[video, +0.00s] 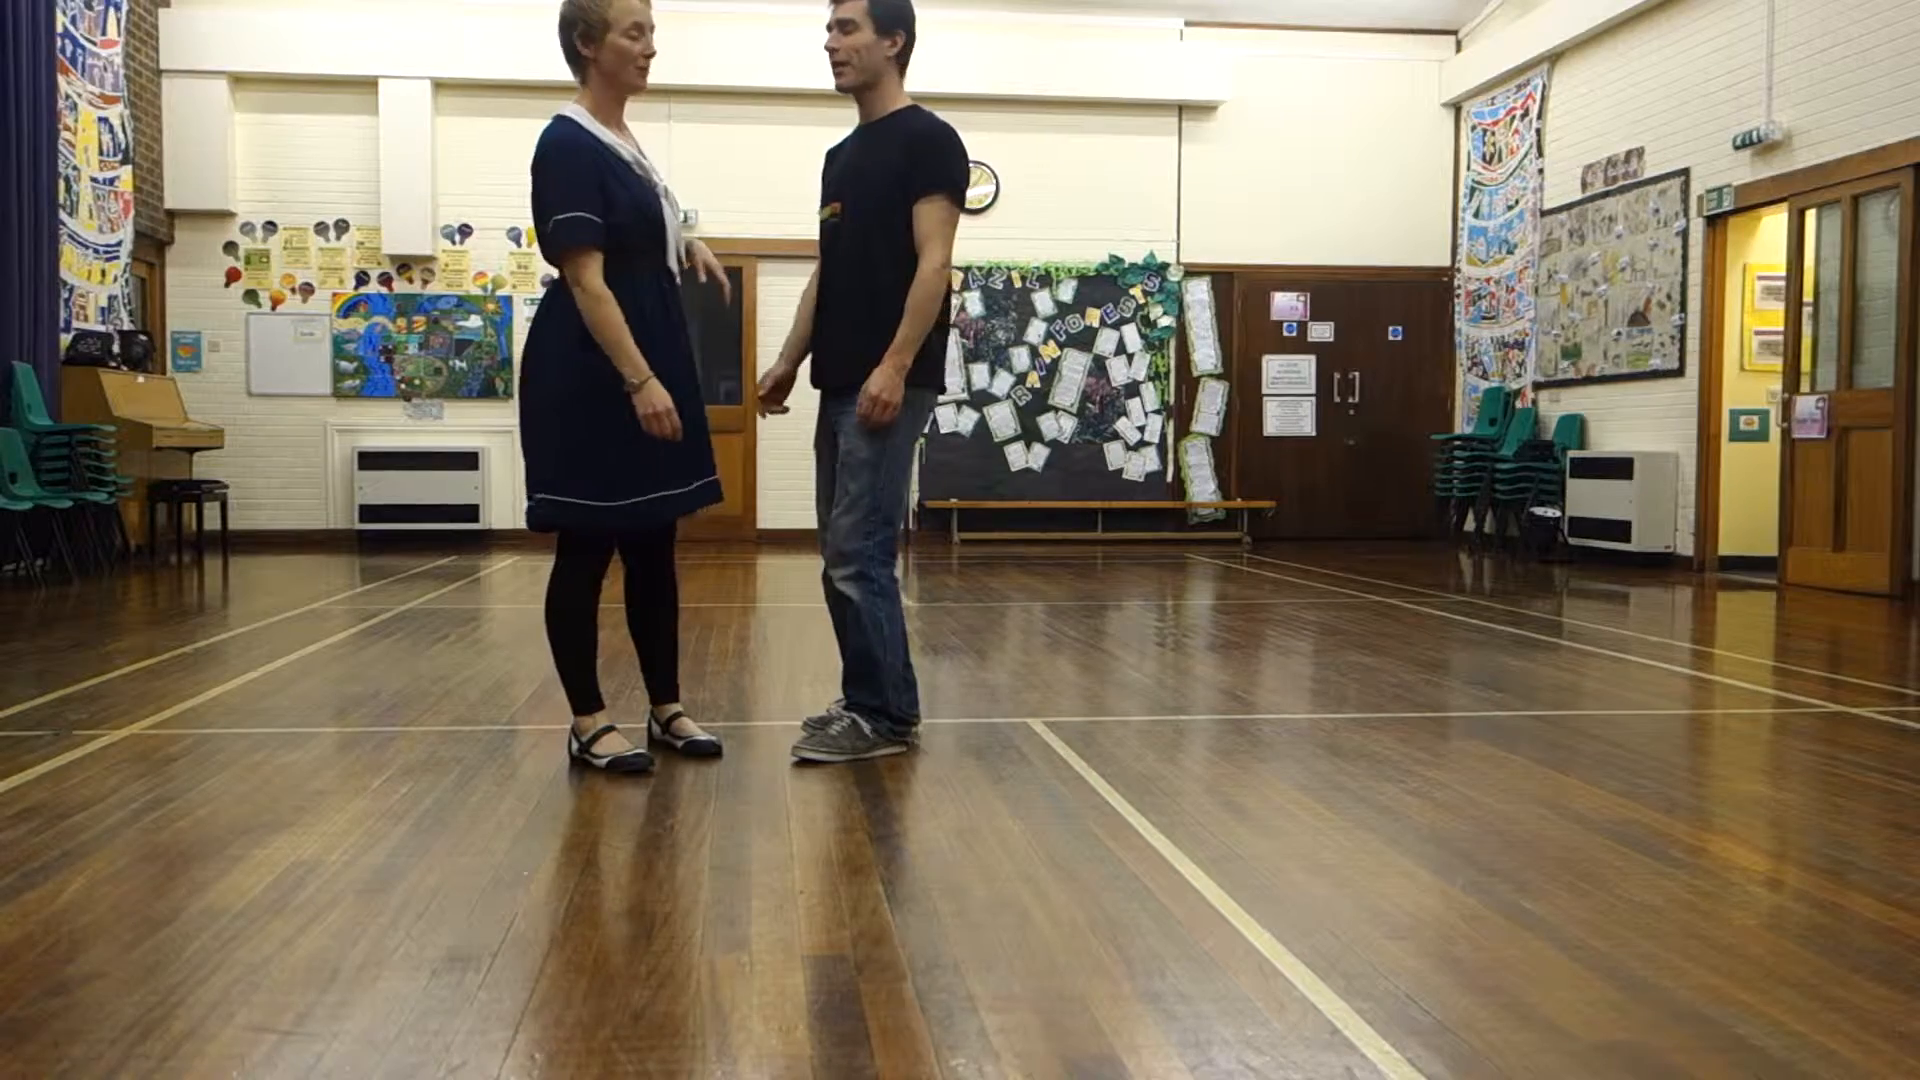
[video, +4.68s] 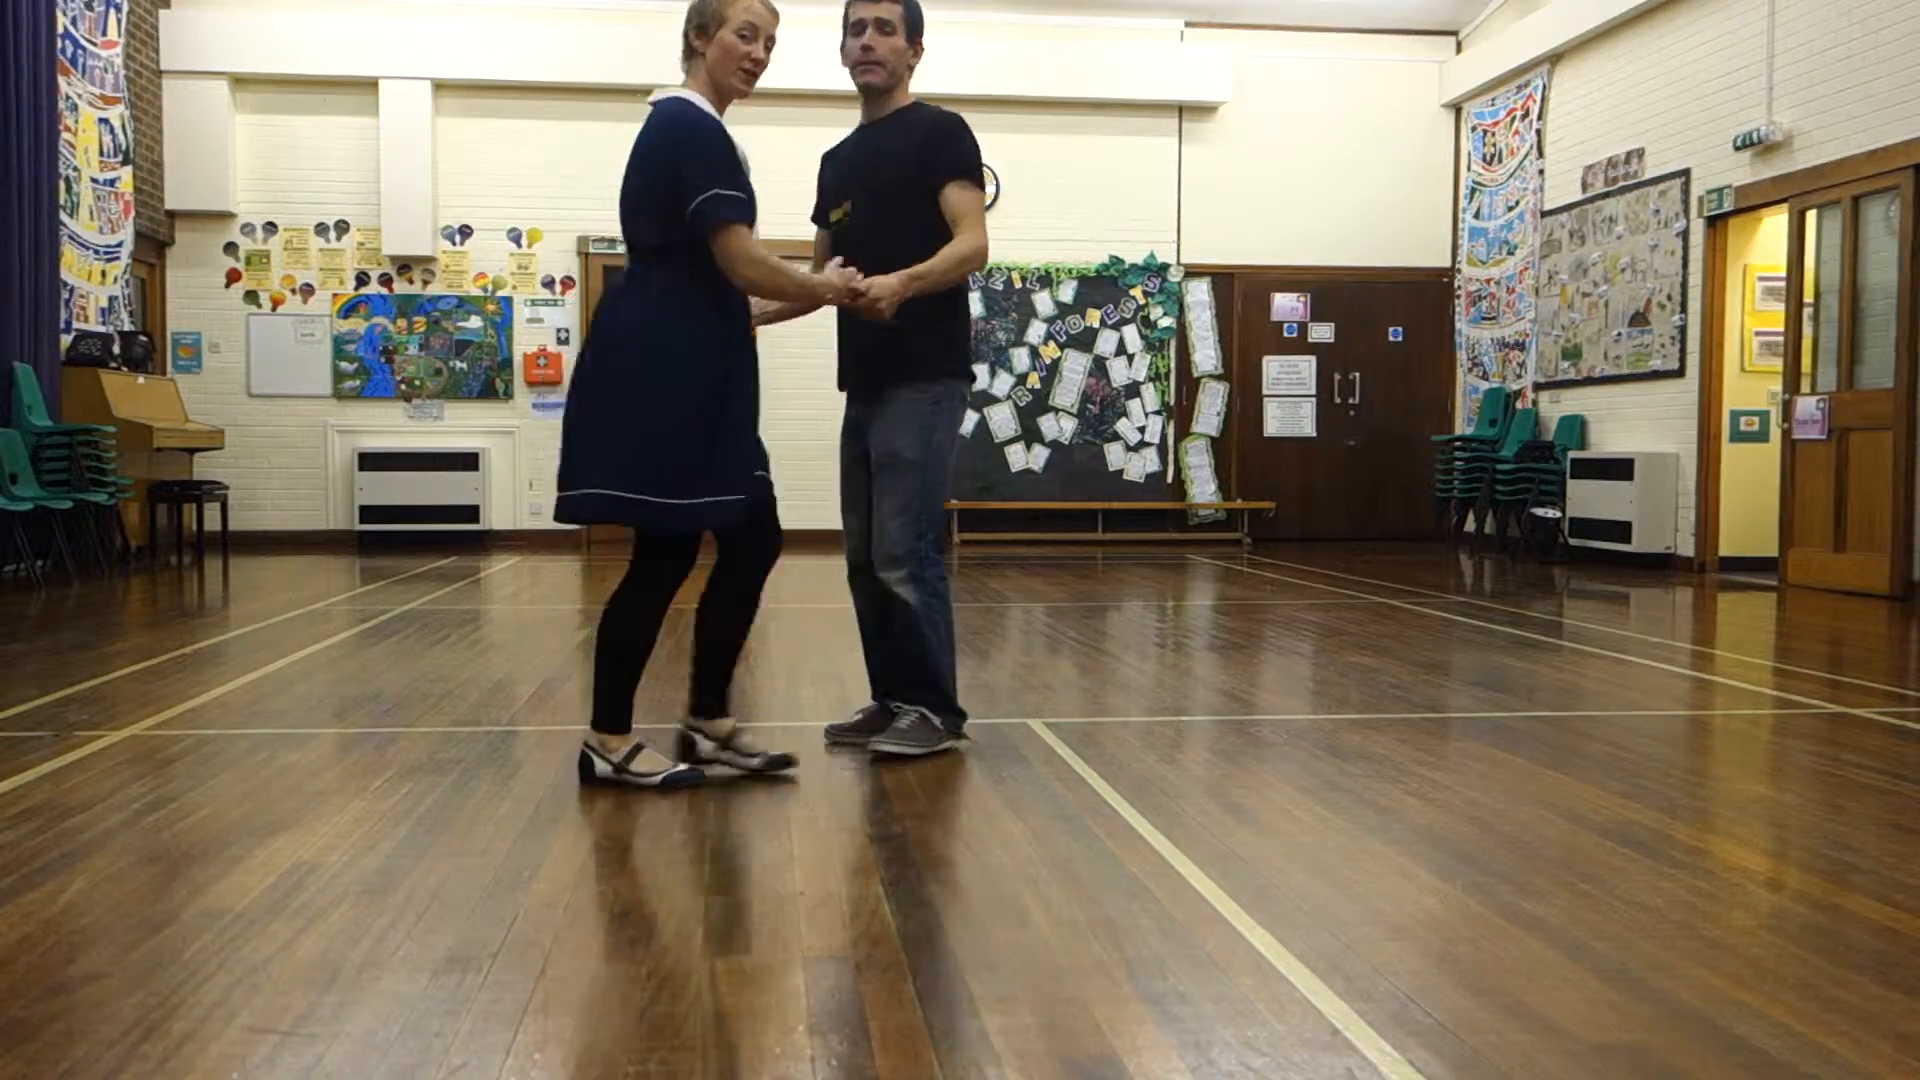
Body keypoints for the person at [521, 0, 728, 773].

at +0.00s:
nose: (651, 47)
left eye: (651, 32)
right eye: (636, 33)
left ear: (626, 46)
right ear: (588, 45)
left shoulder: (622, 139)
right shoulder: (567, 141)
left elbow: (638, 226)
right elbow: (583, 281)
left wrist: (686, 243)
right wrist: (641, 379)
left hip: (644, 374)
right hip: (586, 379)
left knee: (652, 541)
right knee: (584, 548)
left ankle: (668, 711)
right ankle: (589, 725)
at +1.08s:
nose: (636, 74)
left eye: (644, 58)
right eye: (618, 66)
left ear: (662, 68)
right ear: (595, 85)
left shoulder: (689, 170)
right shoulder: (579, 174)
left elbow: (750, 245)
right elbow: (560, 287)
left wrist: (796, 180)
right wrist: (584, 368)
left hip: (683, 386)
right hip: (608, 384)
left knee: (671, 543)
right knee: (601, 547)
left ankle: (661, 703)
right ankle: (586, 717)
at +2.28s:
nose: (672, 63)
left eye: (668, 51)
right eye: (656, 51)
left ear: (627, 70)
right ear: (612, 67)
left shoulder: (650, 164)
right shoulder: (582, 162)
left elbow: (669, 263)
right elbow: (576, 279)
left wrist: (743, 250)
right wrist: (678, 287)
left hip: (664, 392)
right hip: (607, 395)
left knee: (662, 545)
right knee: (623, 550)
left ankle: (658, 704)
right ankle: (594, 722)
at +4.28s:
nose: (685, 87)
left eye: (693, 80)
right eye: (672, 70)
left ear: (690, 97)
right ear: (630, 78)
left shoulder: (650, 171)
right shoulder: (614, 157)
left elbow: (673, 284)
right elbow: (643, 279)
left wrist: (753, 305)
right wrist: (747, 308)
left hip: (634, 389)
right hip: (612, 389)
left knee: (626, 547)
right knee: (645, 548)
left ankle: (590, 702)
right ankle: (607, 732)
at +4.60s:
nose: (739, 56)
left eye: (748, 47)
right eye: (726, 37)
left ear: (744, 63)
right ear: (681, 40)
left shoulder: (686, 133)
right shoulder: (663, 123)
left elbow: (696, 273)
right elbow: (717, 261)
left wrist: (750, 308)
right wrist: (808, 295)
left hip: (681, 383)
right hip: (644, 384)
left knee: (728, 543)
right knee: (659, 552)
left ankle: (646, 699)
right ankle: (608, 739)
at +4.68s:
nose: (760, 53)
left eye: (768, 43)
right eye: (746, 34)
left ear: (763, 56)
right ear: (699, 38)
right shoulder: (688, 124)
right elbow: (738, 258)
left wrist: (804, 295)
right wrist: (822, 286)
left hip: (690, 381)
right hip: (670, 381)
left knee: (755, 540)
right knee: (663, 553)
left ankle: (707, 728)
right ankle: (608, 742)